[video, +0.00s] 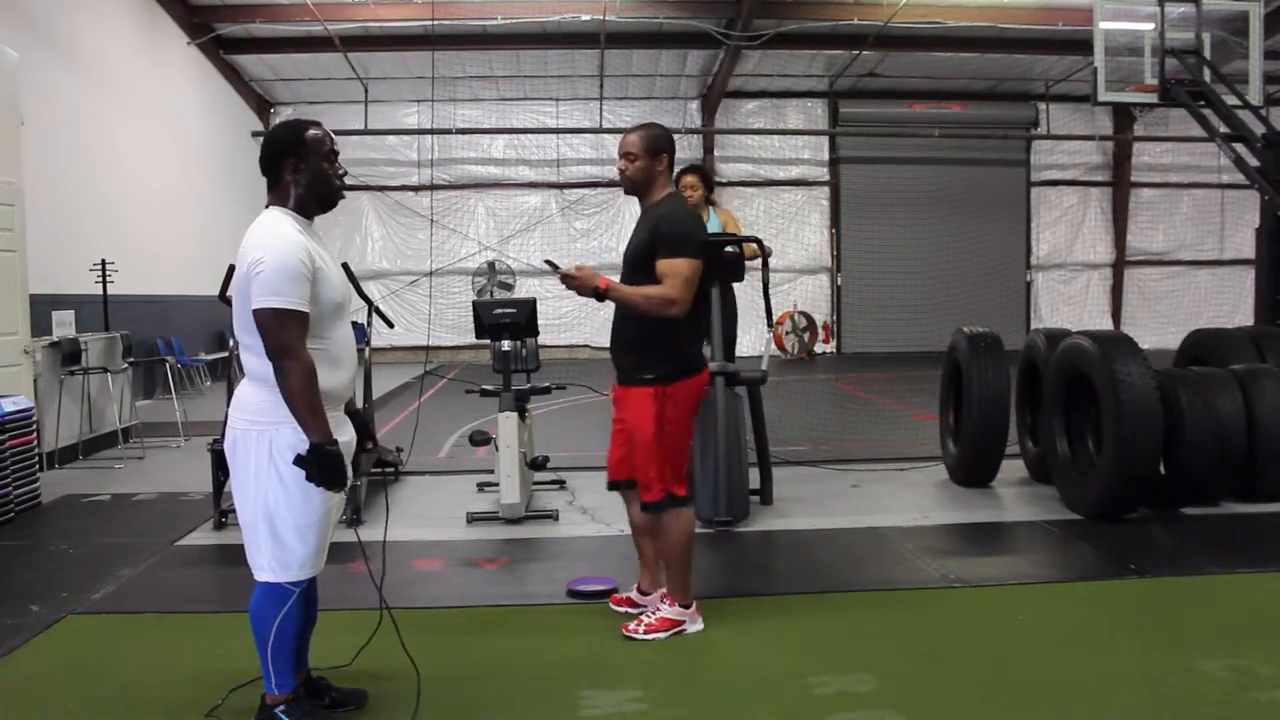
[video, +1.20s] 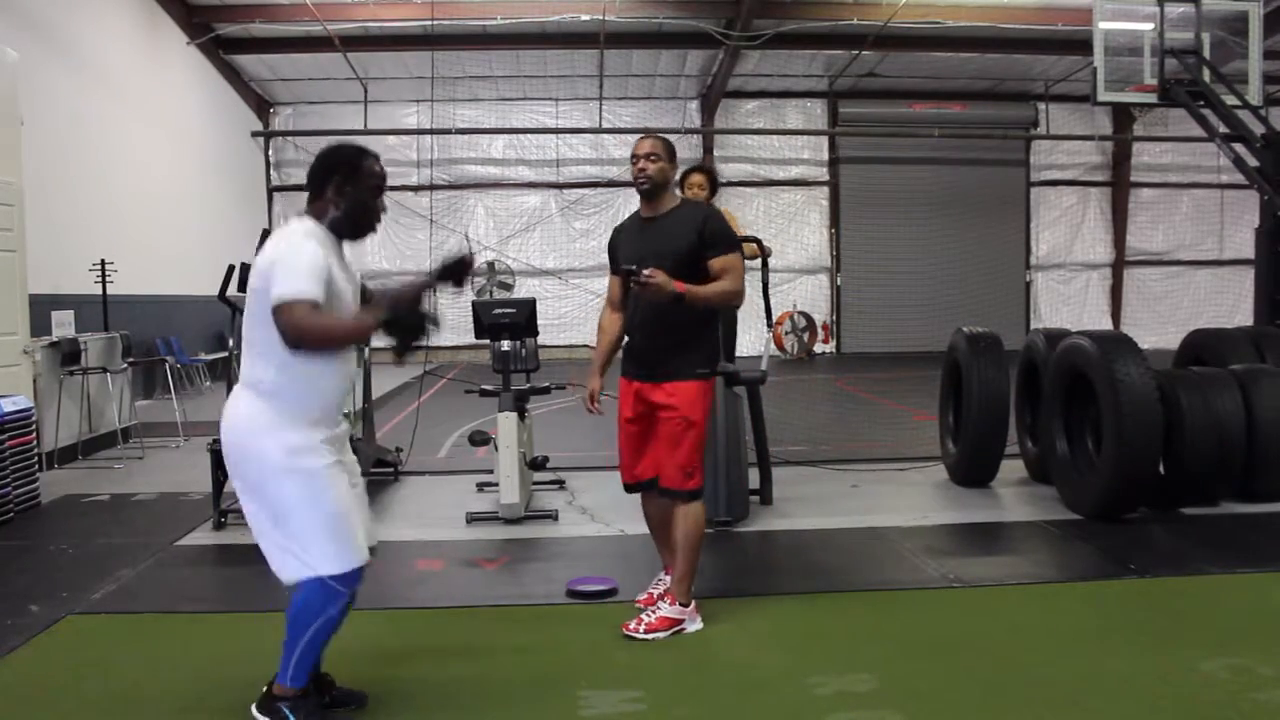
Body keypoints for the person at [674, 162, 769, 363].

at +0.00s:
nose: (689, 194)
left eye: (694, 189)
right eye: (683, 189)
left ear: (706, 191)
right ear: (677, 192)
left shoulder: (721, 216)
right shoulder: (676, 219)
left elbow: (748, 249)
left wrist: (718, 258)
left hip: (718, 288)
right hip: (687, 290)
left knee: (724, 349)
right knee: (687, 349)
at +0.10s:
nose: (687, 199)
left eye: (693, 193)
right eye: (683, 194)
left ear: (706, 196)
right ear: (677, 196)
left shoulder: (720, 221)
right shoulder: (673, 224)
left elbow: (750, 250)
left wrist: (716, 255)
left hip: (715, 293)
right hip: (684, 295)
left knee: (726, 354)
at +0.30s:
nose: (696, 201)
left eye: (702, 196)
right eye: (691, 195)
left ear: (710, 199)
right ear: (683, 196)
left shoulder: (722, 224)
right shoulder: (671, 226)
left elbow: (746, 252)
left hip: (718, 299)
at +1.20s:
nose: (695, 193)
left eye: (701, 188)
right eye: (689, 188)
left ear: (711, 192)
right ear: (682, 191)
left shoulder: (721, 216)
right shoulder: (674, 216)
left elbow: (741, 247)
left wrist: (757, 250)